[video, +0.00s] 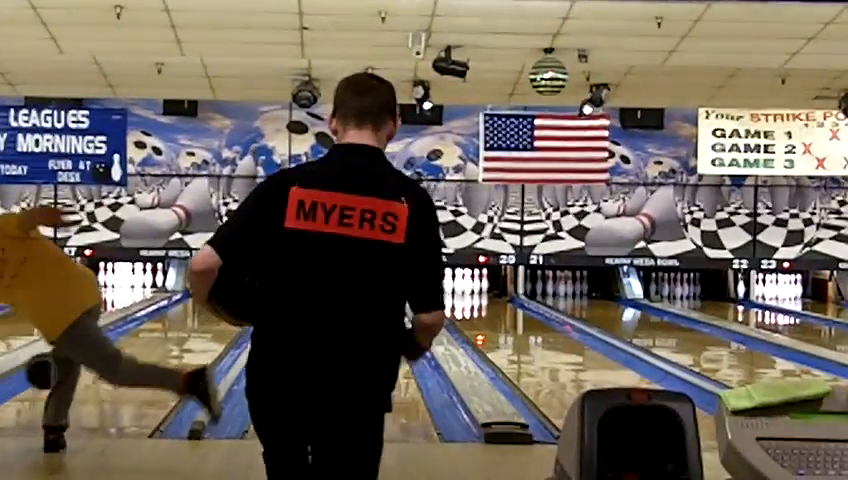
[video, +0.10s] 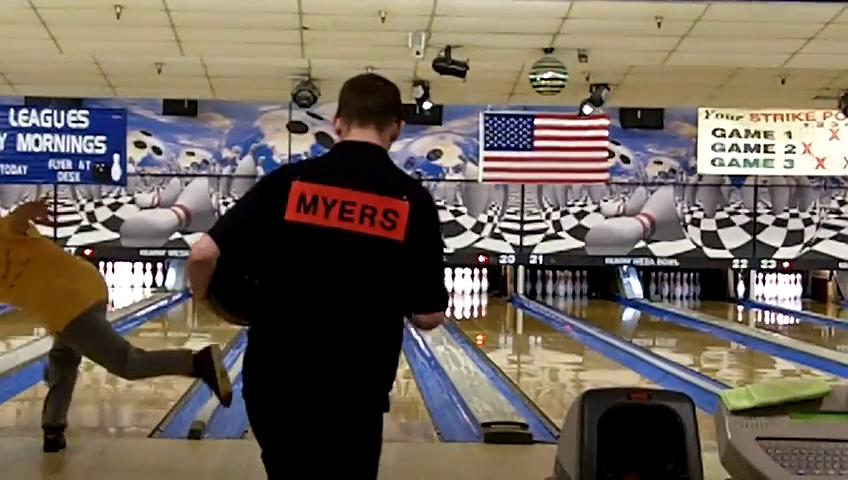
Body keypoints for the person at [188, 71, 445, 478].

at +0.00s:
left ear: (333, 123)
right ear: (394, 126)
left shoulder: (285, 184)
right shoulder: (412, 201)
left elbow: (202, 267)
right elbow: (431, 316)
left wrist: (223, 310)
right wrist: (417, 345)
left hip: (278, 383)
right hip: (359, 389)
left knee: (285, 477)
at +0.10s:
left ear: (337, 123)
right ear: (396, 129)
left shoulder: (288, 178)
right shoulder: (414, 200)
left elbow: (202, 252)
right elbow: (428, 316)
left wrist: (204, 300)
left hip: (276, 385)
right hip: (356, 392)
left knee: (286, 478)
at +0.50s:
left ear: (338, 121)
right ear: (398, 129)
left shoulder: (288, 177)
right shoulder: (416, 202)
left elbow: (199, 243)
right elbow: (436, 317)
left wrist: (204, 302)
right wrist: (407, 266)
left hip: (271, 381)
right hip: (355, 391)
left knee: (286, 475)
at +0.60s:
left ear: (334, 121)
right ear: (394, 126)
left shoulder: (284, 179)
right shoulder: (411, 203)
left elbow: (195, 244)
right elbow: (432, 316)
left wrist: (200, 304)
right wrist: (402, 265)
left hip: (270, 383)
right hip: (352, 391)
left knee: (285, 474)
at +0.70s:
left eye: (325, 115)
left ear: (325, 118)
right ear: (385, 122)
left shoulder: (278, 182)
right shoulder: (403, 202)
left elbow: (192, 244)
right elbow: (427, 313)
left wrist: (196, 302)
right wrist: (397, 263)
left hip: (266, 382)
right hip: (348, 389)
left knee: (285, 472)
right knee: (342, 478)